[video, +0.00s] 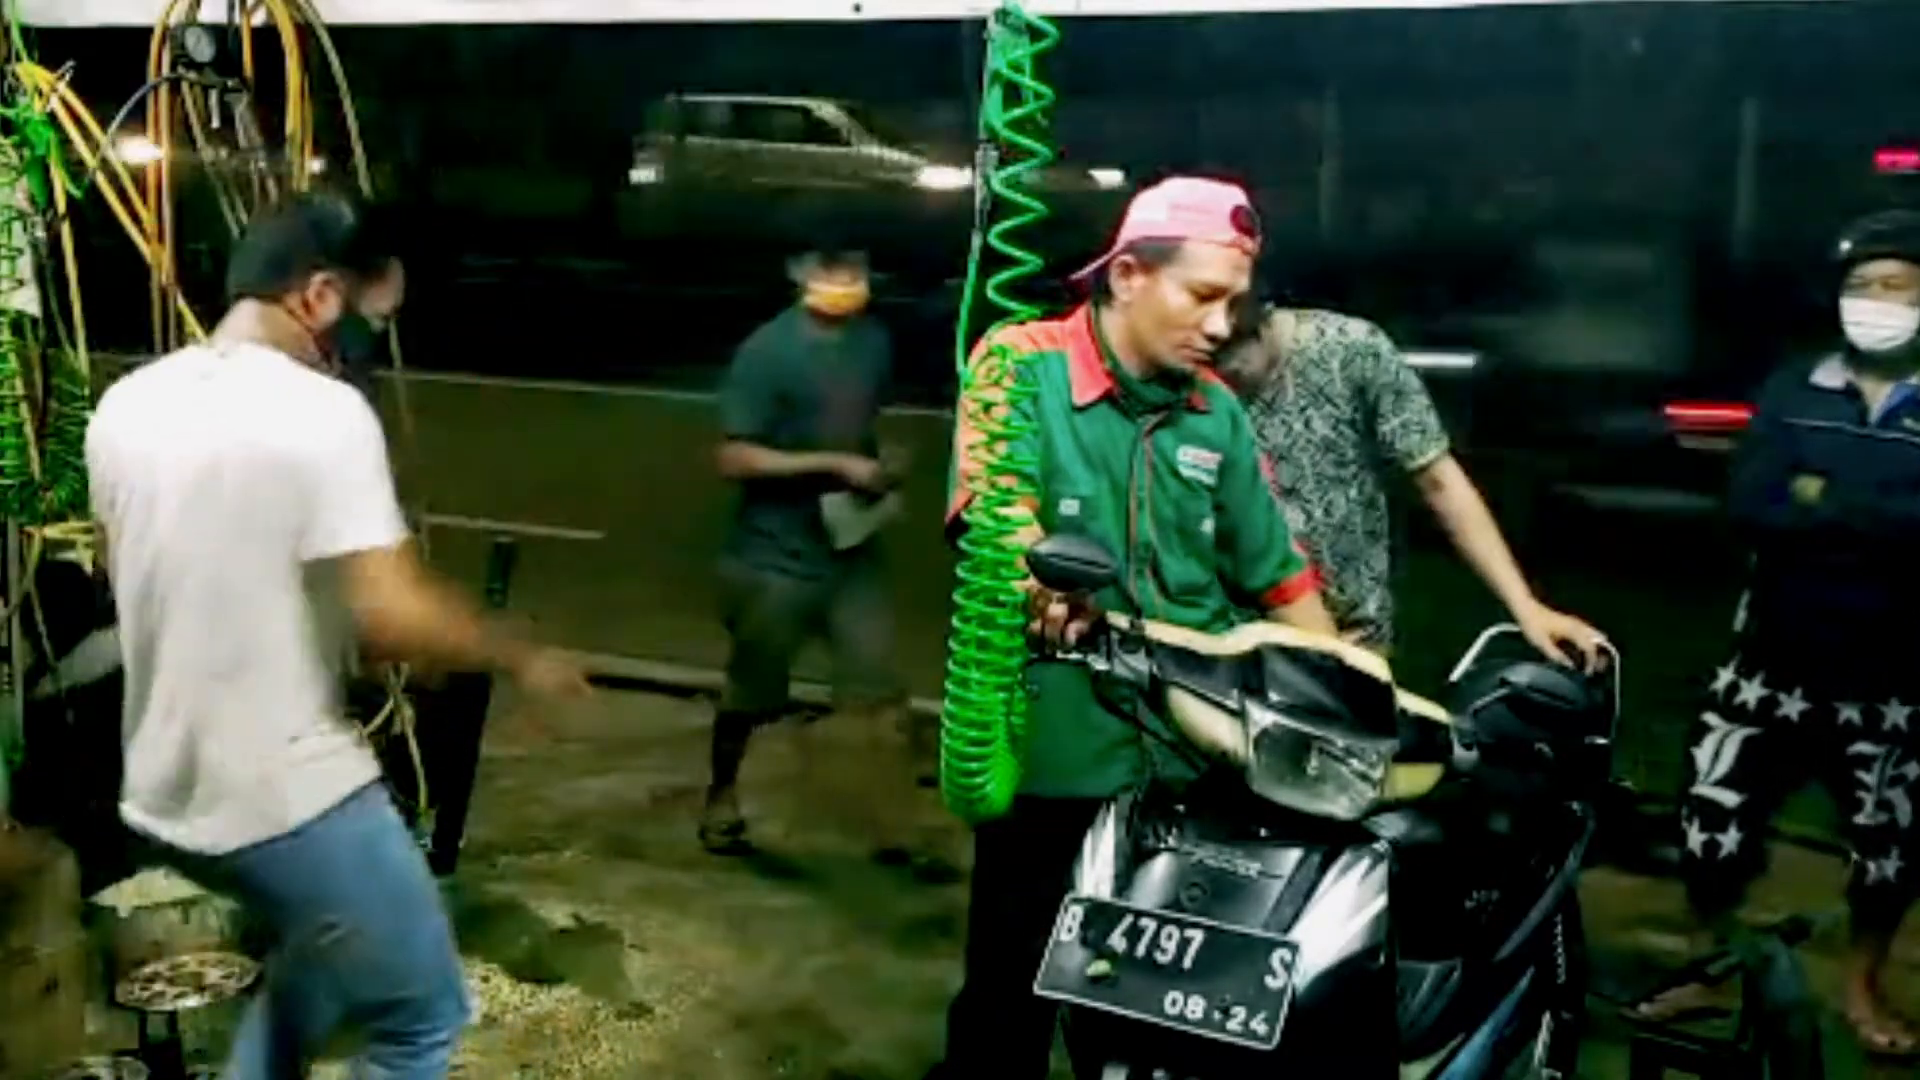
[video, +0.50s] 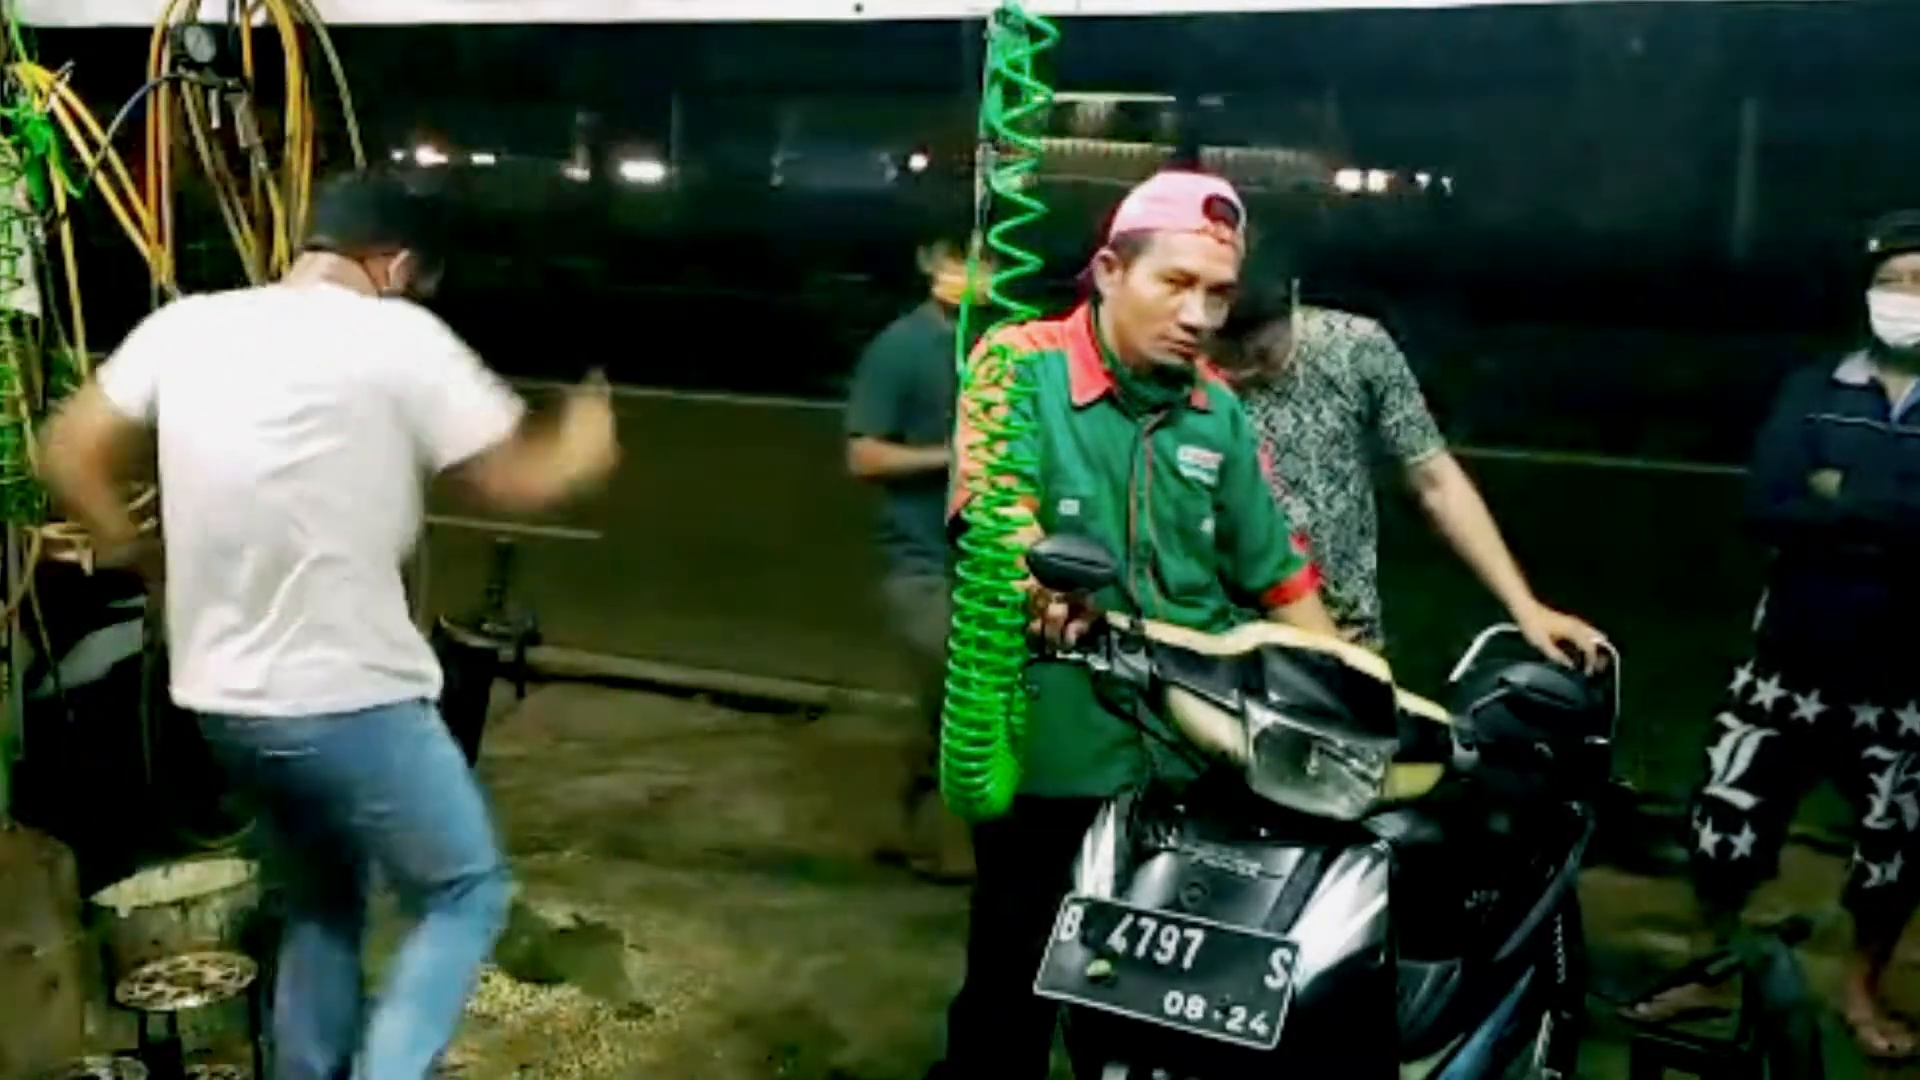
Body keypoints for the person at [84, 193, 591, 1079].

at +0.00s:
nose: (355, 335)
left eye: (362, 316)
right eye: (354, 313)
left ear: (240, 293)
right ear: (311, 296)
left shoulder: (123, 407)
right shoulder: (326, 415)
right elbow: (388, 610)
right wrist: (520, 655)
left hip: (162, 781)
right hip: (291, 786)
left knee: (302, 969)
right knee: (424, 1017)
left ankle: (253, 1070)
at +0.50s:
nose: (414, 292)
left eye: (415, 278)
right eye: (415, 276)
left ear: (304, 249)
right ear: (390, 261)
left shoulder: (184, 326)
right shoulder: (400, 337)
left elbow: (67, 447)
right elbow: (514, 484)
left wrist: (135, 546)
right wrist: (580, 442)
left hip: (220, 698)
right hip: (351, 698)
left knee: (317, 905)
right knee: (465, 889)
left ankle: (305, 1069)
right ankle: (385, 1067)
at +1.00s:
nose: (524, 268)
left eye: (537, 249)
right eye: (505, 243)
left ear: (546, 238)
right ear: (435, 228)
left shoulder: (467, 314)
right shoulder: (406, 308)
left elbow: (566, 354)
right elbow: (295, 429)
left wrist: (630, 353)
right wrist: (352, 598)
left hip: (431, 670)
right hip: (471, 670)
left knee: (432, 860)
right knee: (545, 881)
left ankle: (344, 1061)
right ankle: (518, 1061)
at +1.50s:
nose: (619, 253)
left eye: (632, 235)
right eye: (600, 230)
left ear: (640, 233)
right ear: (540, 227)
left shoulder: (573, 321)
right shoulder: (513, 313)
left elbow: (578, 454)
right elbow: (569, 428)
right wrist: (701, 388)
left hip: (602, 643)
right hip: (542, 657)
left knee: (653, 819)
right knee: (595, 863)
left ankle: (637, 998)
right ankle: (524, 1056)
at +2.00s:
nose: (571, 229)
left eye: (593, 214)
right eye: (562, 209)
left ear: (649, 224)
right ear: (548, 209)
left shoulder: (703, 310)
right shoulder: (514, 304)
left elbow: (793, 386)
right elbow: (435, 401)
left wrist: (764, 410)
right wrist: (447, 522)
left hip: (665, 611)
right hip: (554, 617)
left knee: (688, 803)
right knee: (580, 821)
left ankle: (641, 990)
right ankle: (535, 952)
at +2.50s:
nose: (552, 219)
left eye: (569, 202)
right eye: (534, 203)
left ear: (599, 210)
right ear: (507, 215)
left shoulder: (640, 309)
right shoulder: (472, 330)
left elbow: (670, 430)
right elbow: (444, 467)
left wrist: (681, 525)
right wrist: (532, 503)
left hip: (634, 594)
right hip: (525, 605)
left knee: (703, 762)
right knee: (539, 777)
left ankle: (660, 933)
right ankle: (552, 933)